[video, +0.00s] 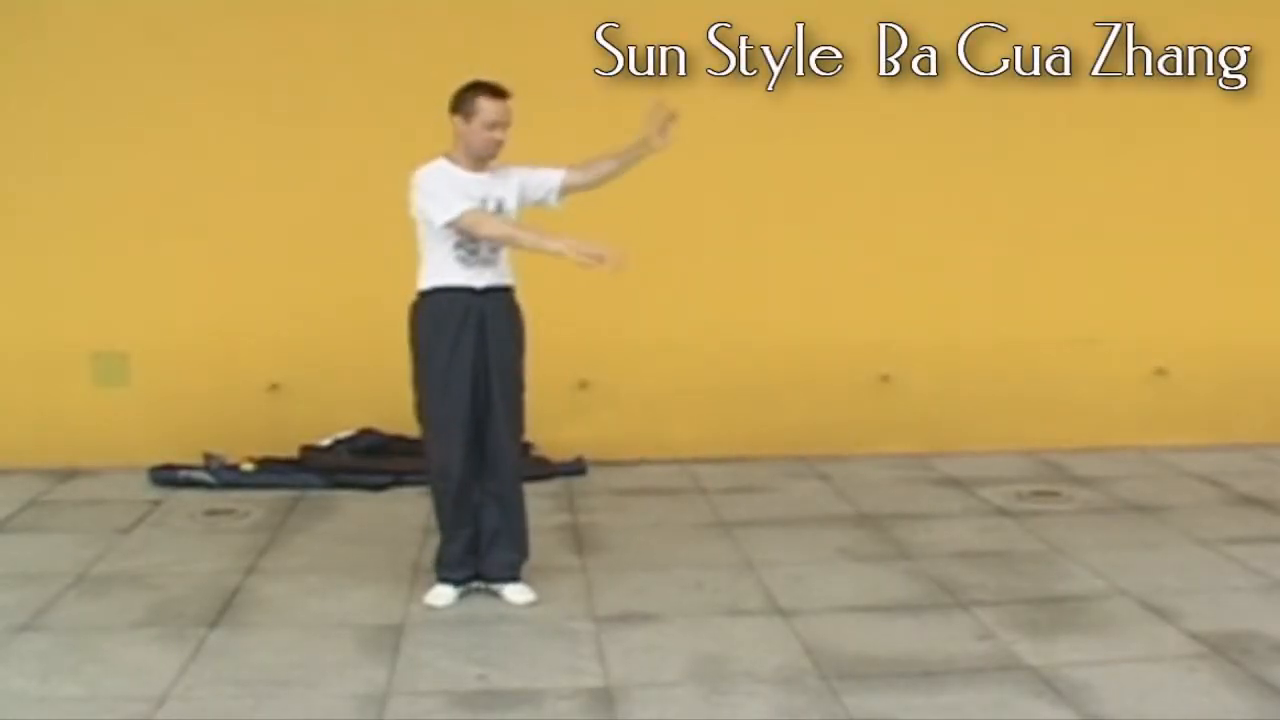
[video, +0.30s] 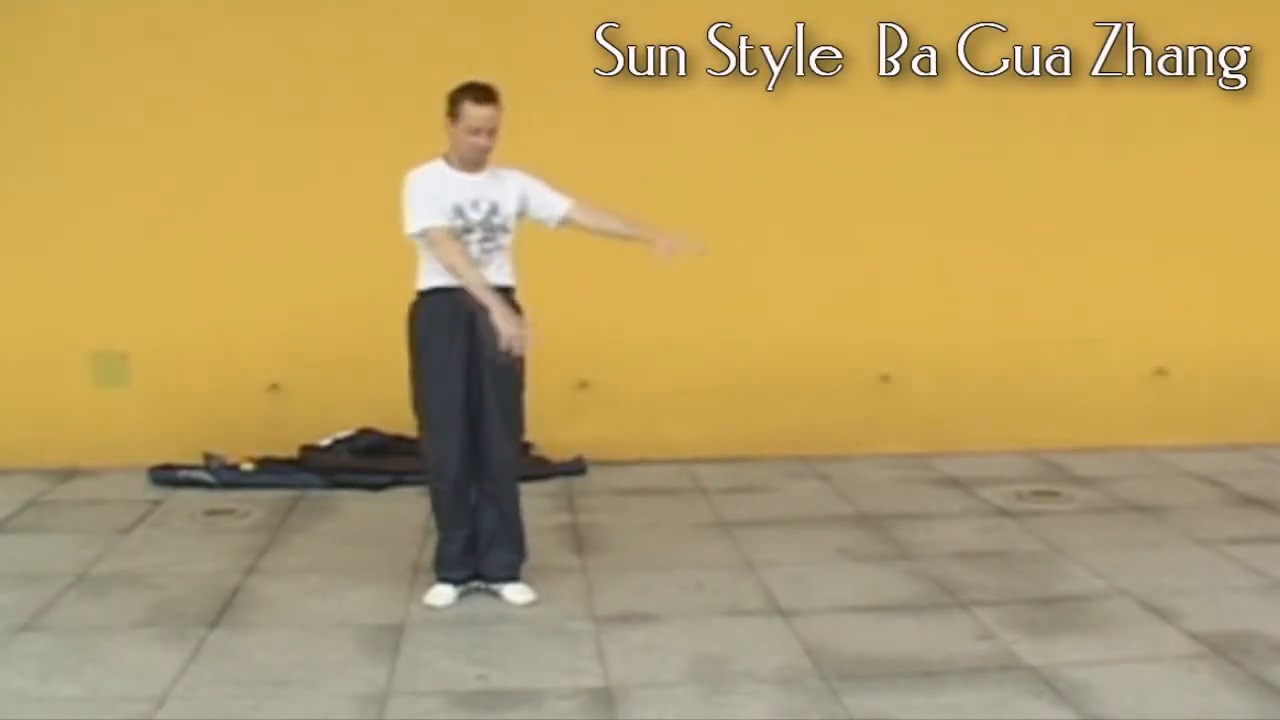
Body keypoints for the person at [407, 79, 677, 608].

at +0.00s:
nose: (499, 138)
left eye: (504, 128)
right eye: (490, 127)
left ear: (505, 130)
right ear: (459, 124)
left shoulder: (508, 181)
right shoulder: (432, 179)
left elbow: (577, 178)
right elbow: (479, 228)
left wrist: (644, 146)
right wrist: (565, 246)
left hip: (499, 316)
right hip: (444, 317)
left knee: (501, 443)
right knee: (449, 445)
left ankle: (503, 568)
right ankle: (454, 570)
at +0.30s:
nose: (484, 141)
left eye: (492, 131)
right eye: (474, 130)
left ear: (499, 132)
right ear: (450, 128)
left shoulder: (512, 184)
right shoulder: (425, 182)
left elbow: (579, 214)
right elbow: (446, 251)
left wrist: (652, 235)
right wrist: (496, 307)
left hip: (499, 310)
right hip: (441, 313)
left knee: (500, 445)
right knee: (447, 445)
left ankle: (501, 569)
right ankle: (452, 570)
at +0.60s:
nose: (469, 142)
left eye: (478, 132)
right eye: (459, 132)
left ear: (492, 130)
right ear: (441, 130)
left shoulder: (513, 187)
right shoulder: (416, 185)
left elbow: (556, 254)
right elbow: (402, 263)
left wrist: (587, 322)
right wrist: (415, 334)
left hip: (495, 316)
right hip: (435, 315)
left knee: (498, 444)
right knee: (442, 447)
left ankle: (502, 568)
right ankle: (452, 570)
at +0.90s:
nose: (447, 142)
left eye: (456, 132)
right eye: (439, 133)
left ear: (479, 130)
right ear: (430, 133)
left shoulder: (506, 187)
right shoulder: (410, 185)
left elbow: (526, 267)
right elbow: (374, 247)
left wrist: (512, 343)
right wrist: (367, 326)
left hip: (486, 311)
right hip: (430, 314)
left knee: (490, 446)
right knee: (436, 447)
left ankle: (499, 568)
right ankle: (450, 571)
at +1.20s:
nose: (450, 142)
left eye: (459, 132)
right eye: (440, 133)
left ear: (472, 133)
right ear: (423, 135)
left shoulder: (494, 188)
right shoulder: (398, 189)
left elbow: (471, 255)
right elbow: (374, 255)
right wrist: (326, 290)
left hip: (474, 321)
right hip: (419, 322)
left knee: (480, 450)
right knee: (426, 451)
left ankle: (493, 574)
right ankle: (449, 573)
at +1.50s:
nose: (456, 155)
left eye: (463, 146)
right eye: (447, 145)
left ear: (472, 149)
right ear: (420, 145)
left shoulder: (481, 198)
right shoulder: (388, 200)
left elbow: (535, 189)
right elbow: (363, 271)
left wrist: (510, 125)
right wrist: (428, 278)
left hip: (463, 332)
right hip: (404, 332)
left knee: (458, 472)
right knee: (410, 470)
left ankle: (445, 613)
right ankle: (445, 578)